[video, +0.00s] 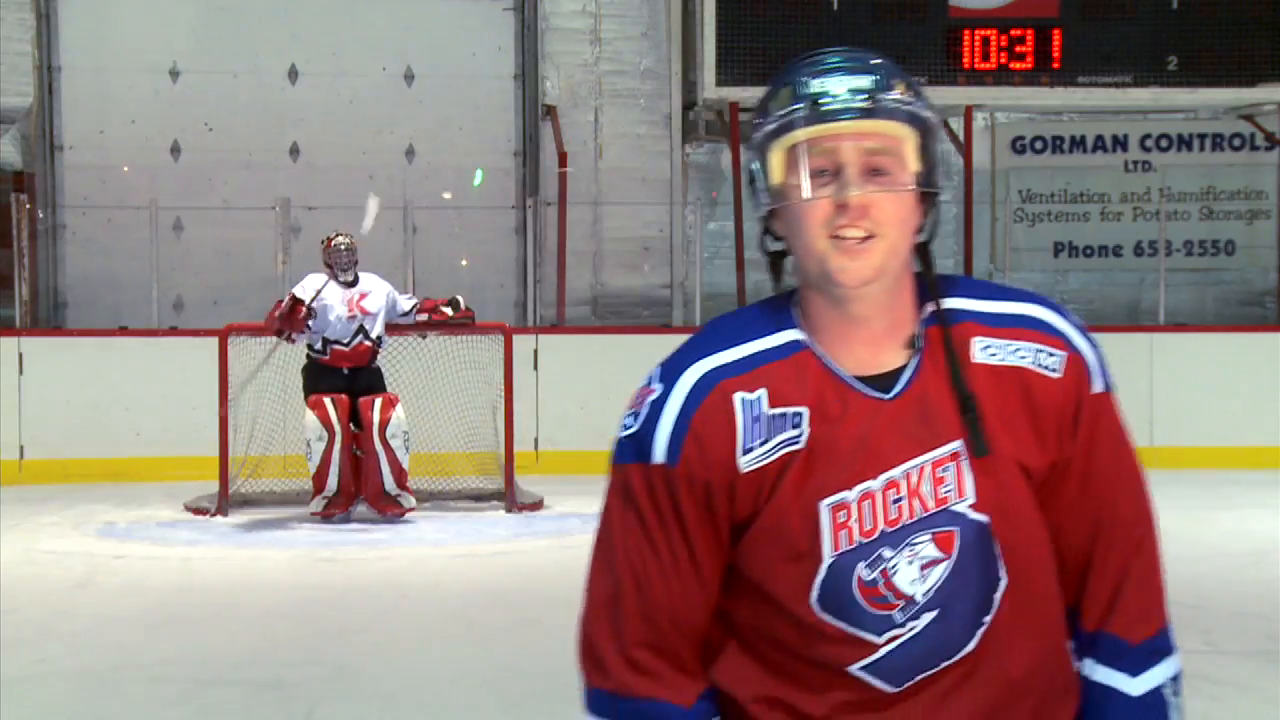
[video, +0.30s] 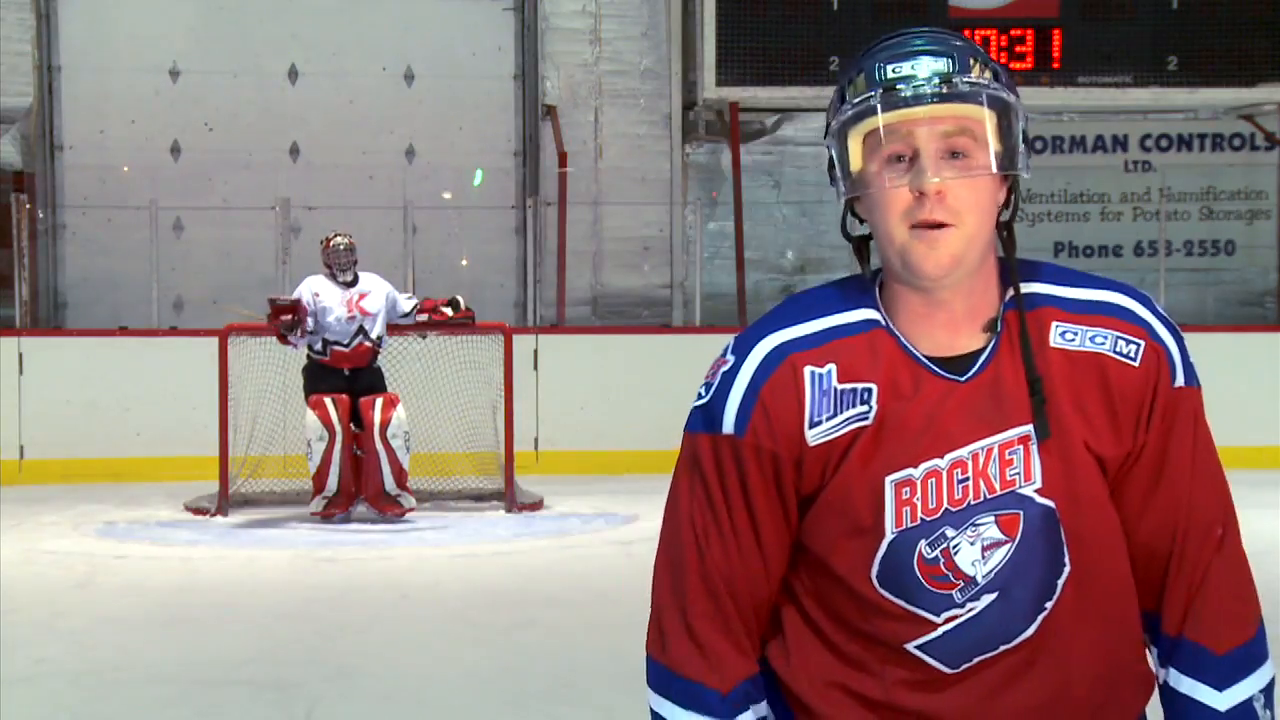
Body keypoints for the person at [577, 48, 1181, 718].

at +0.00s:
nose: (853, 199)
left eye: (880, 170)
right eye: (822, 173)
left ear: (923, 202)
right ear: (777, 210)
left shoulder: (1046, 355)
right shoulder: (693, 405)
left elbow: (1128, 642)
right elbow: (637, 682)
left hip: (1028, 706)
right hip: (795, 706)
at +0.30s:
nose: (928, 181)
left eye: (957, 152)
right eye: (895, 157)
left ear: (1004, 181)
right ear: (855, 193)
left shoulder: (1128, 344)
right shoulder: (771, 375)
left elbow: (1213, 623)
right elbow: (701, 665)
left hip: (1089, 706)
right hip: (850, 706)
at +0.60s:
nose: (876, 218)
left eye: (898, 174)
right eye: (838, 190)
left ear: (949, 179)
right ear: (801, 211)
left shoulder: (1092, 323)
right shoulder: (743, 359)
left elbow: (1177, 594)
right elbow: (658, 627)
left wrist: (1184, 710)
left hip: (1078, 708)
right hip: (827, 710)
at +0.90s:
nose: (834, 219)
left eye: (857, 177)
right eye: (796, 192)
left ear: (905, 180)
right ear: (755, 212)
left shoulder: (1039, 322)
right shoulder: (694, 358)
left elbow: (1131, 591)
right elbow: (629, 584)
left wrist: (1157, 707)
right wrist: (737, 486)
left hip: (1046, 707)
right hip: (792, 709)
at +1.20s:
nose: (822, 192)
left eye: (847, 155)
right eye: (784, 166)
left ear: (894, 176)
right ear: (745, 202)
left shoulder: (1032, 322)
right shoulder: (686, 406)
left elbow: (1123, 585)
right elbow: (623, 678)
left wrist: (1150, 709)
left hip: (1054, 706)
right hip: (808, 709)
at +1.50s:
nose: (815, 201)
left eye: (837, 163)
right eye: (779, 180)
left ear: (889, 180)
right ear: (741, 221)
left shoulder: (1036, 314)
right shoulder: (689, 413)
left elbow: (1139, 527)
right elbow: (626, 689)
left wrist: (1187, 698)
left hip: (1052, 710)